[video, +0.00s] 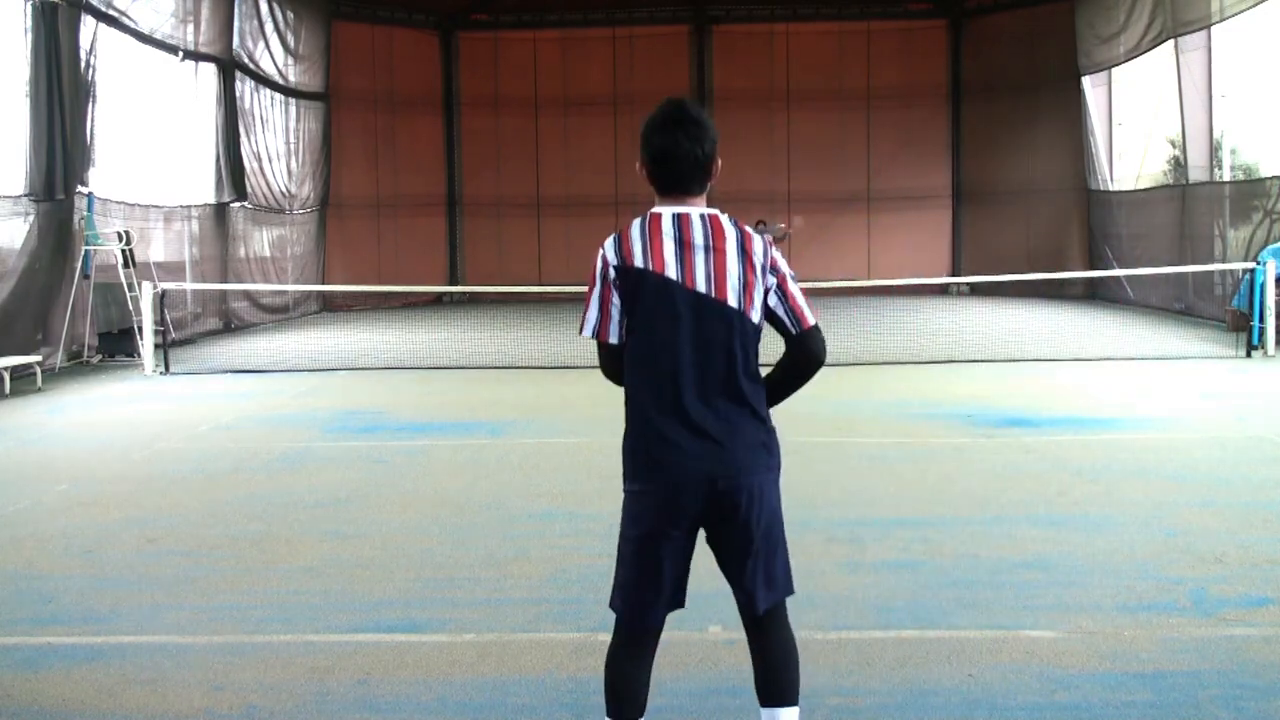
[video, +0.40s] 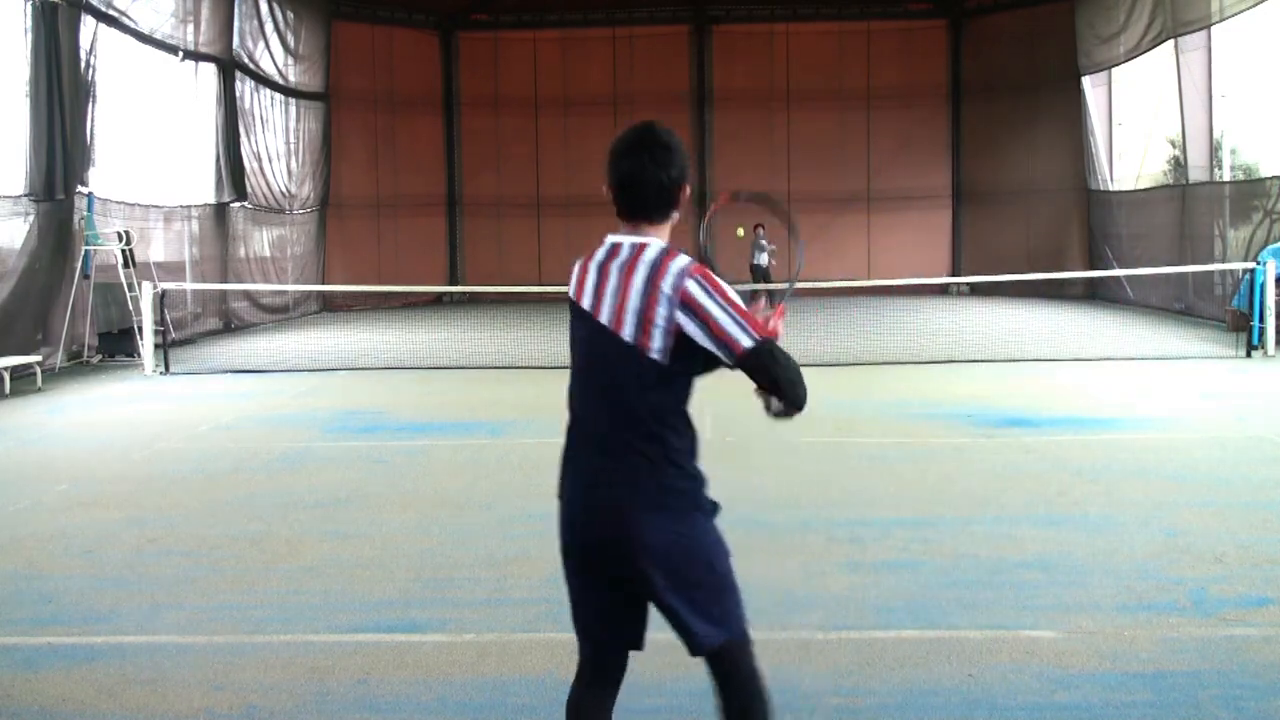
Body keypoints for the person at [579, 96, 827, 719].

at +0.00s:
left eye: (648, 160)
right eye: (714, 157)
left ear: (644, 171)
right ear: (716, 168)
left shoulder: (620, 250)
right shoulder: (754, 247)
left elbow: (614, 364)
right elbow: (811, 347)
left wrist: (671, 381)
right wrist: (757, 398)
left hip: (658, 463)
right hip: (744, 460)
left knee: (637, 621)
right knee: (766, 611)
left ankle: (622, 717)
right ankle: (782, 717)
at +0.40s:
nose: (686, 193)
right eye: (685, 184)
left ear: (611, 195)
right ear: (682, 195)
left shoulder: (587, 271)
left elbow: (660, 358)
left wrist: (742, 338)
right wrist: (778, 384)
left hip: (584, 500)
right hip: (661, 504)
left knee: (599, 665)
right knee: (733, 663)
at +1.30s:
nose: (540, 206)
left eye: (540, 194)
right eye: (536, 196)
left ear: (472, 197)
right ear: (503, 206)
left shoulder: (406, 246)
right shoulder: (516, 289)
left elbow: (395, 210)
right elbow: (573, 340)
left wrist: (462, 196)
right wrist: (634, 300)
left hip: (432, 481)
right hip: (503, 487)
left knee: (433, 622)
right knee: (512, 637)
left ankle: (426, 719)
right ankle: (483, 719)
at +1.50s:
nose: (518, 192)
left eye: (516, 181)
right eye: (517, 181)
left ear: (441, 187)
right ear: (505, 191)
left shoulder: (408, 264)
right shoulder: (531, 252)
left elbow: (347, 313)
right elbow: (491, 205)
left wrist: (321, 224)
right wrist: (416, 170)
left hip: (440, 474)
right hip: (520, 471)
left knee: (436, 623)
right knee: (532, 624)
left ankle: (426, 718)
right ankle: (519, 715)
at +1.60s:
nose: (512, 189)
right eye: (512, 181)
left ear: (437, 191)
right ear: (506, 192)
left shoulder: (420, 278)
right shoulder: (531, 250)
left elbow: (364, 369)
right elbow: (452, 233)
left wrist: (319, 305)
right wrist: (367, 207)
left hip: (448, 478)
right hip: (528, 473)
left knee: (435, 632)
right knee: (533, 627)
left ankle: (427, 719)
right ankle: (532, 715)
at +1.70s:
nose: (513, 186)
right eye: (513, 177)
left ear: (440, 186)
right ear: (509, 185)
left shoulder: (429, 269)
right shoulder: (536, 247)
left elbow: (420, 385)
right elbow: (459, 281)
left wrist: (339, 343)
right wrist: (369, 289)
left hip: (459, 478)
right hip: (535, 471)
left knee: (443, 632)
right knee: (531, 620)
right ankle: (535, 717)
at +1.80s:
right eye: (517, 180)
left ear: (441, 192)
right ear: (514, 191)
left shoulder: (442, 273)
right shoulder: (546, 263)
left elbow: (459, 389)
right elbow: (527, 371)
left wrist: (379, 393)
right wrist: (414, 387)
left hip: (473, 488)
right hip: (548, 482)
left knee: (432, 636)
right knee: (534, 632)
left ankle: (423, 719)